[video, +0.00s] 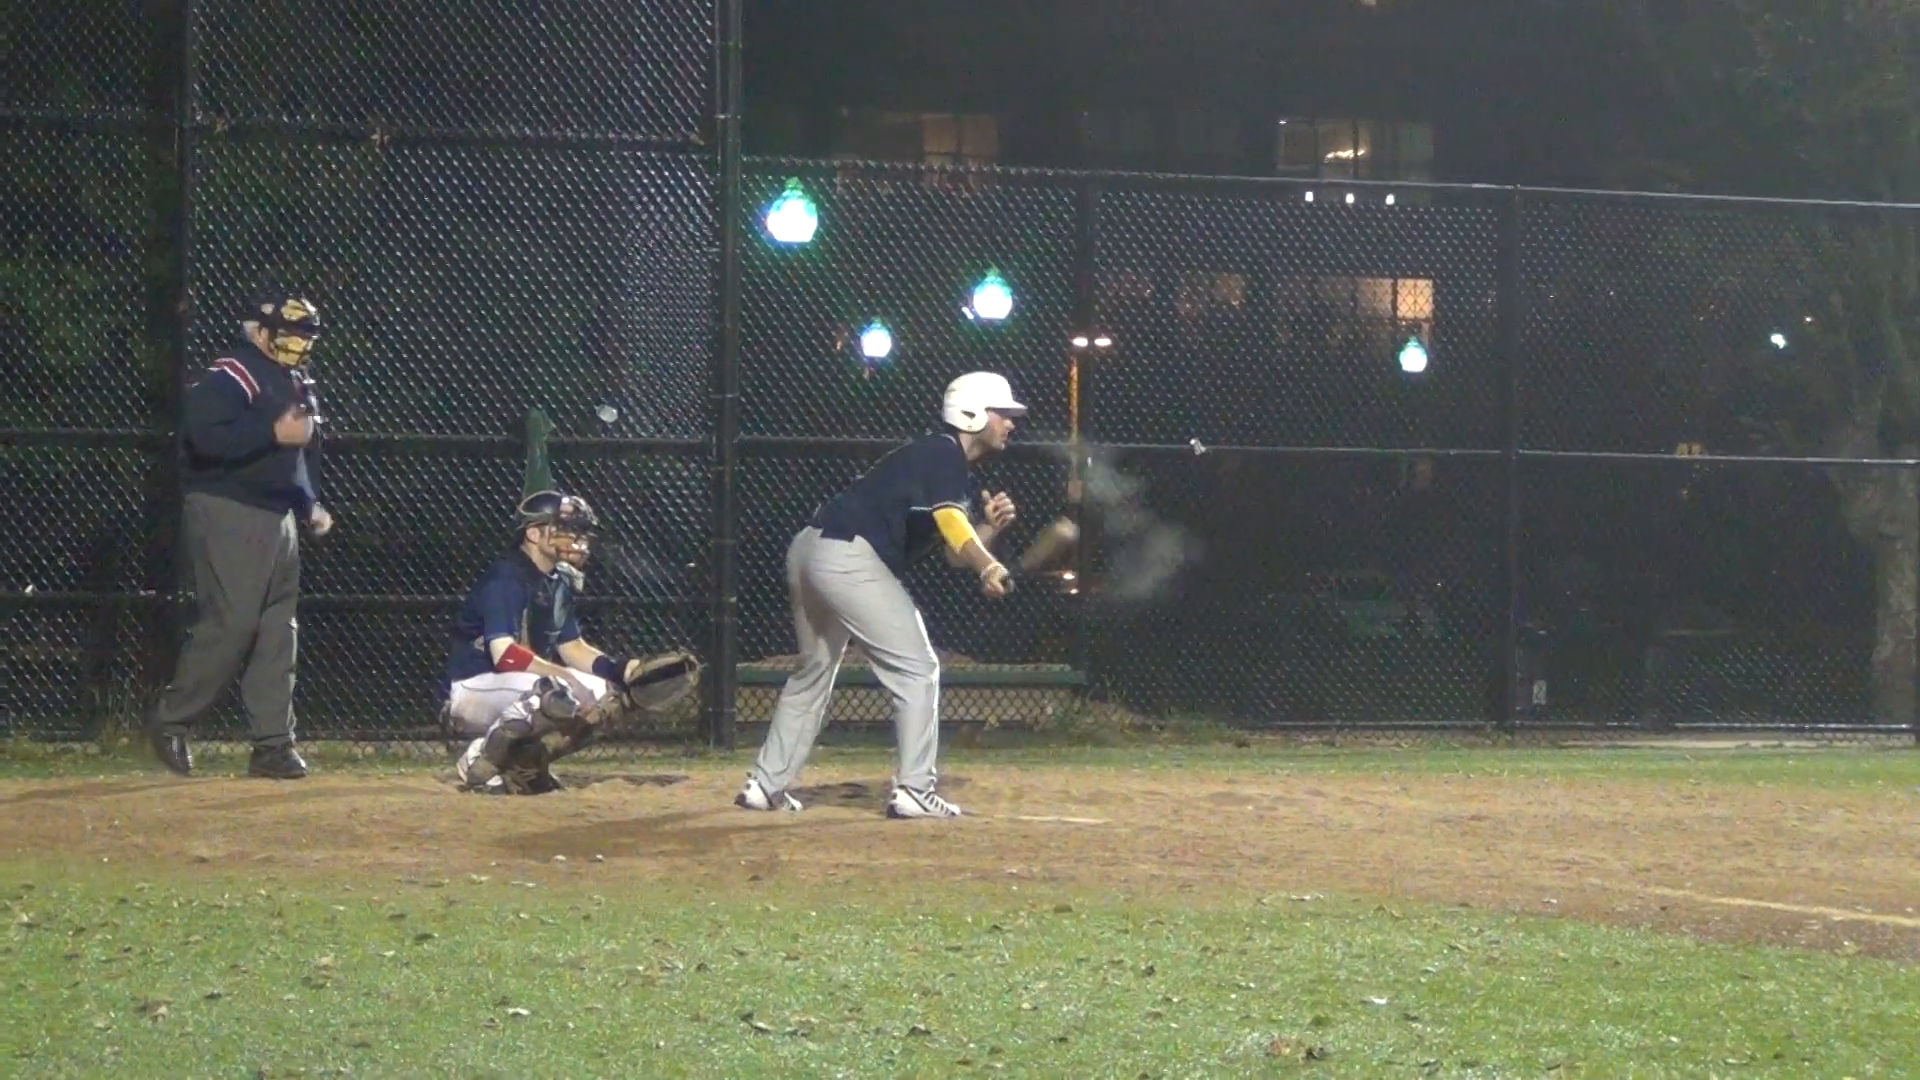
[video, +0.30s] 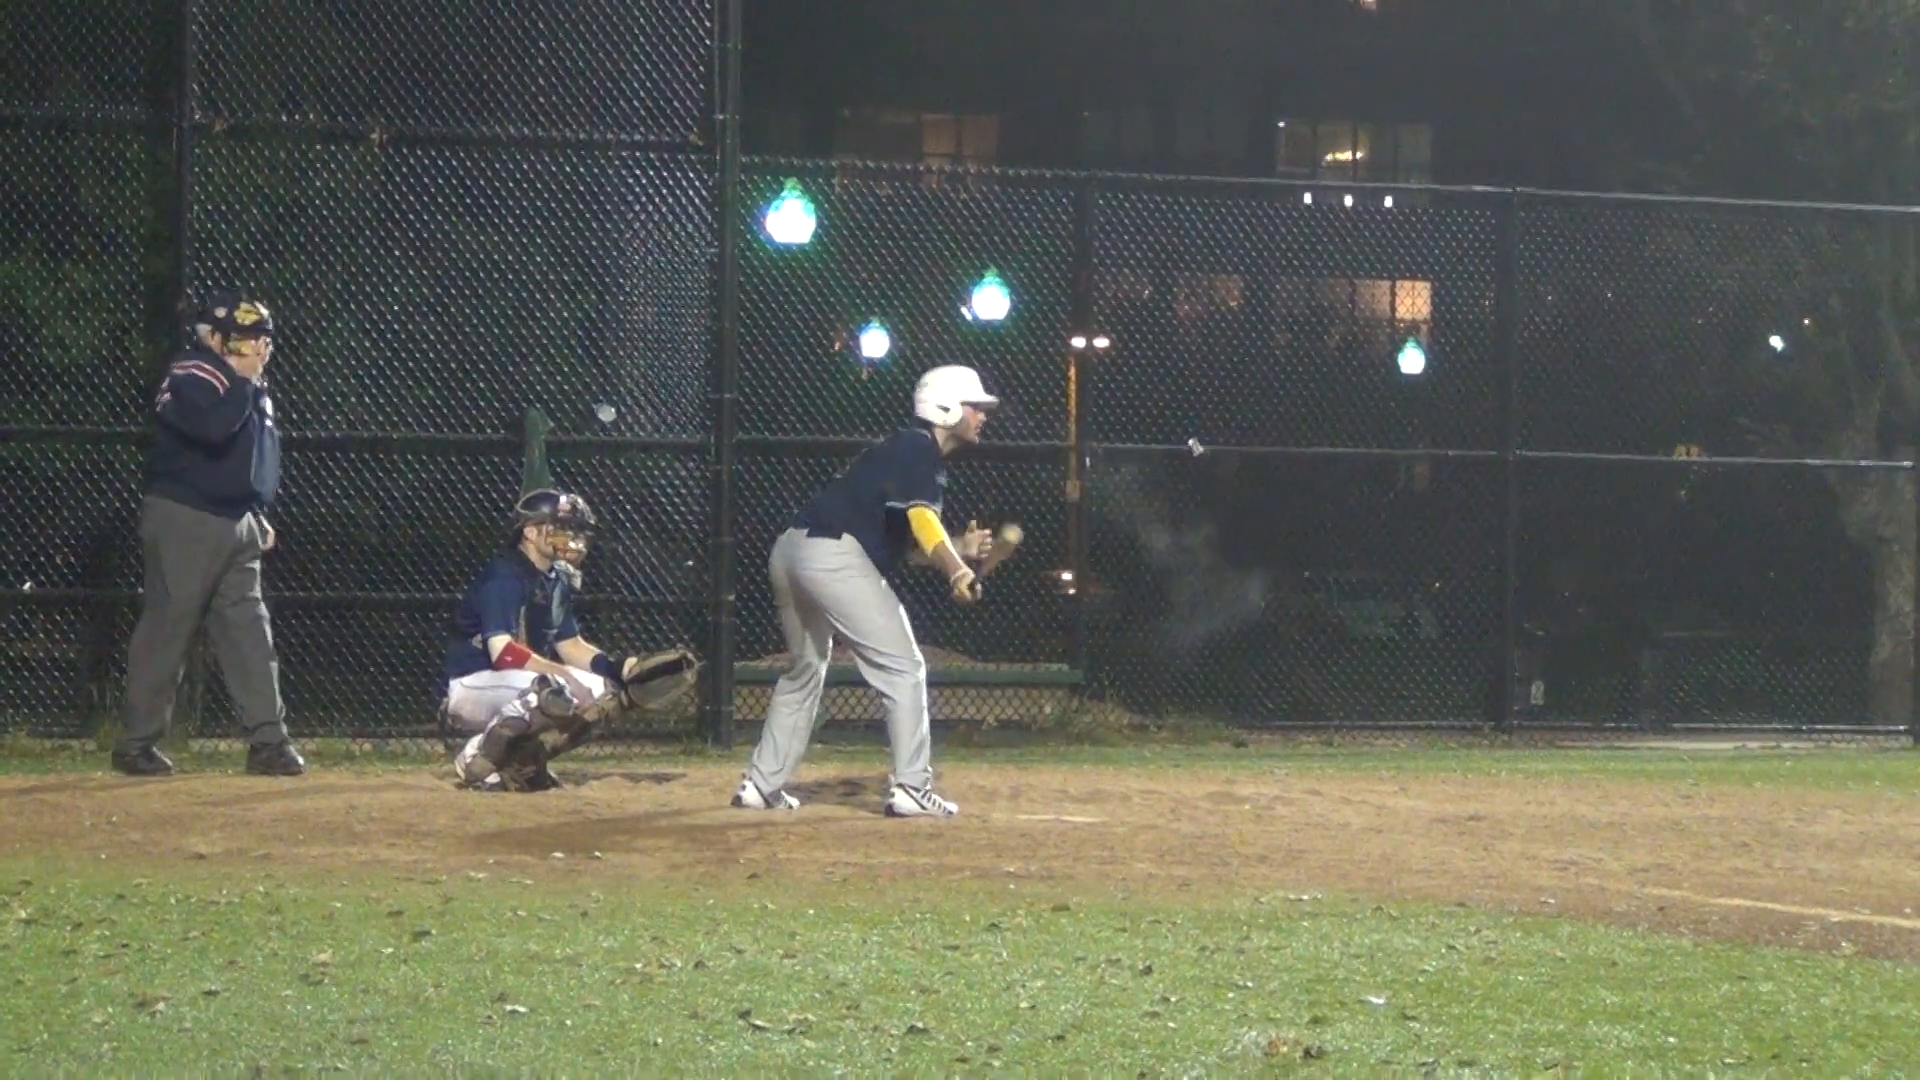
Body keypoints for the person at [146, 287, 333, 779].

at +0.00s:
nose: (296, 341)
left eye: (301, 334)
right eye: (287, 332)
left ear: (304, 336)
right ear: (258, 329)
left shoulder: (293, 381)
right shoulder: (228, 375)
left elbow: (294, 456)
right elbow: (208, 440)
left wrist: (309, 504)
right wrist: (274, 433)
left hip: (277, 520)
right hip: (227, 515)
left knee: (276, 631)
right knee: (231, 624)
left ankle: (273, 745)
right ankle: (170, 720)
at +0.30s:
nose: (263, 349)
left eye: (265, 340)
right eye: (252, 339)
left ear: (266, 343)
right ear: (220, 339)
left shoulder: (252, 391)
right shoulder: (190, 376)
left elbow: (241, 461)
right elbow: (214, 427)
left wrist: (255, 513)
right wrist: (246, 381)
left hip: (237, 524)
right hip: (185, 519)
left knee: (248, 632)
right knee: (167, 628)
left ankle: (269, 743)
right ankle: (136, 742)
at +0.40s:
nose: (250, 357)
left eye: (252, 349)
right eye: (241, 349)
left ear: (243, 351)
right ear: (210, 346)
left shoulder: (236, 394)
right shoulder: (176, 383)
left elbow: (232, 463)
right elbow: (197, 437)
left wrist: (241, 517)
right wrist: (231, 388)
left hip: (219, 529)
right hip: (167, 526)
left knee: (239, 642)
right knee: (149, 636)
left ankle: (266, 746)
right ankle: (133, 749)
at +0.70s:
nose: (216, 353)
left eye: (215, 344)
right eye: (209, 343)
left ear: (202, 346)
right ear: (185, 342)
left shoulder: (212, 394)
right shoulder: (143, 380)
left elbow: (213, 470)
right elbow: (127, 449)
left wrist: (250, 480)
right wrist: (196, 439)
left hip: (194, 528)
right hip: (138, 523)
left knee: (215, 621)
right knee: (136, 631)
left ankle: (190, 740)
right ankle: (127, 748)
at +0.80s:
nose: (218, 355)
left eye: (220, 348)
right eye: (212, 345)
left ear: (203, 347)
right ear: (184, 342)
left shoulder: (213, 399)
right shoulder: (141, 380)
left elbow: (220, 469)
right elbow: (105, 451)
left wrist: (264, 462)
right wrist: (166, 479)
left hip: (188, 529)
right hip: (133, 524)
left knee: (196, 629)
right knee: (135, 628)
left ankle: (168, 740)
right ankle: (127, 746)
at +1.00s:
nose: (221, 356)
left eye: (223, 348)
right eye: (215, 346)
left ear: (202, 347)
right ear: (189, 342)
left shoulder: (211, 395)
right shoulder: (143, 374)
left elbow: (225, 463)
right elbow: (86, 433)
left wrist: (273, 450)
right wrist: (95, 500)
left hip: (181, 526)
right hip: (134, 521)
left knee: (170, 633)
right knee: (136, 630)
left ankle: (161, 742)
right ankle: (127, 747)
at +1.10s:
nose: (222, 360)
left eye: (224, 352)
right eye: (217, 350)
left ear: (206, 350)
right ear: (190, 344)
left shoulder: (210, 397)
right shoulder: (144, 374)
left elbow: (222, 463)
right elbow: (82, 425)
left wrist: (273, 450)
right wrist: (82, 493)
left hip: (176, 528)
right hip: (126, 521)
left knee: (167, 627)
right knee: (147, 621)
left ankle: (161, 739)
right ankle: (128, 742)